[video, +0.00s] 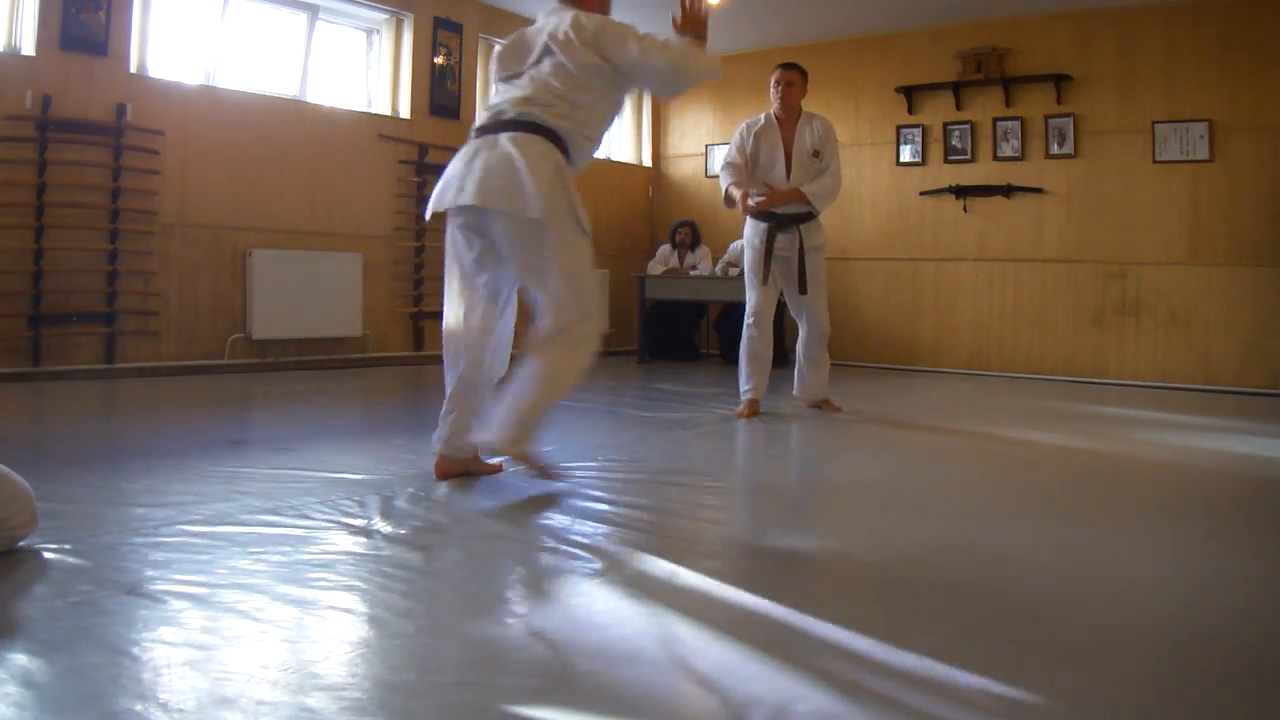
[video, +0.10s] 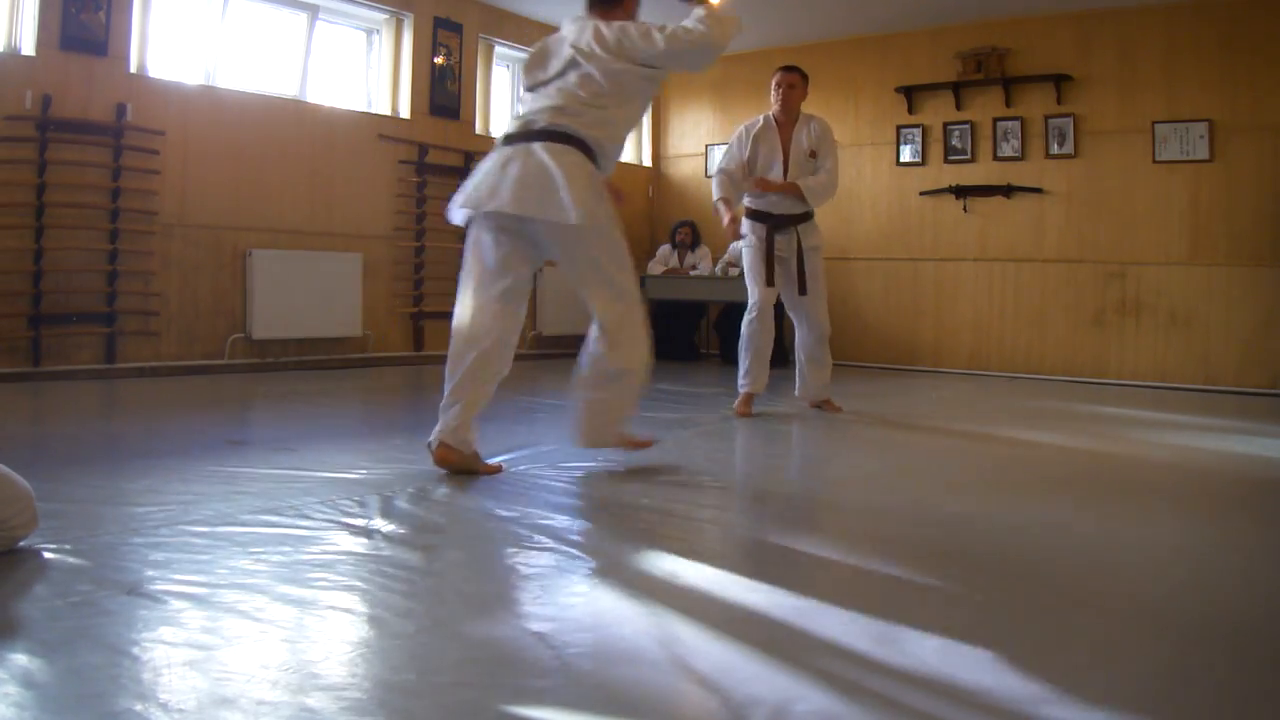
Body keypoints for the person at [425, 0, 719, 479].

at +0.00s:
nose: (609, 12)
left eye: (609, 9)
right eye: (607, 7)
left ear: (557, 2)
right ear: (594, 4)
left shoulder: (519, 44)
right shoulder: (597, 30)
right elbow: (670, 72)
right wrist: (694, 42)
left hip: (468, 170)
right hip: (528, 168)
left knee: (477, 317)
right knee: (574, 319)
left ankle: (455, 449)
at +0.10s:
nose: (637, 14)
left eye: (634, 11)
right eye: (636, 10)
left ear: (585, 7)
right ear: (627, 8)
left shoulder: (547, 47)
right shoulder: (633, 39)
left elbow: (533, 124)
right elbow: (700, 42)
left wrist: (597, 176)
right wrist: (714, 12)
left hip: (500, 175)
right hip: (560, 175)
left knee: (485, 315)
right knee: (618, 305)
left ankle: (453, 435)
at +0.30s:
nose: (684, 45)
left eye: (683, 38)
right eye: (685, 37)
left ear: (642, 32)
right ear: (681, 35)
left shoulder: (601, 73)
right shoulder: (689, 78)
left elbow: (555, 136)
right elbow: (754, 59)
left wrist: (575, 177)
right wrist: (743, 16)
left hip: (578, 191)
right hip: (637, 193)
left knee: (555, 295)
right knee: (665, 315)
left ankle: (496, 381)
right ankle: (672, 426)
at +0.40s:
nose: (683, 47)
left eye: (658, 41)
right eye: (689, 40)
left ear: (651, 42)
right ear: (693, 43)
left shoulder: (621, 83)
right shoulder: (713, 88)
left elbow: (572, 126)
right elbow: (769, 87)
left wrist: (550, 163)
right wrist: (774, 29)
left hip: (608, 202)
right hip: (667, 201)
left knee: (611, 317)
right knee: (689, 320)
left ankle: (561, 365)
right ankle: (675, 428)